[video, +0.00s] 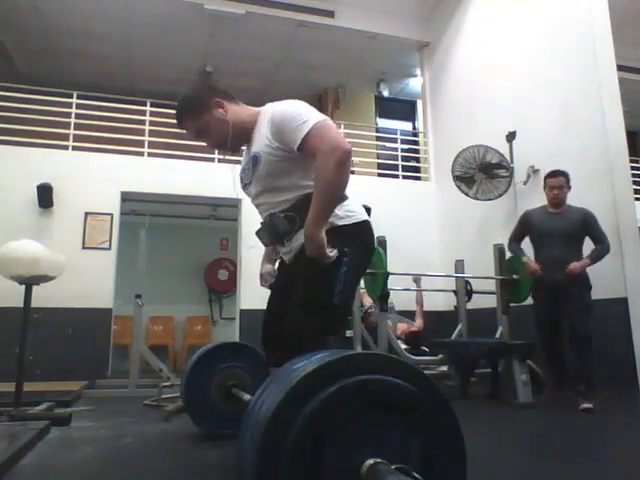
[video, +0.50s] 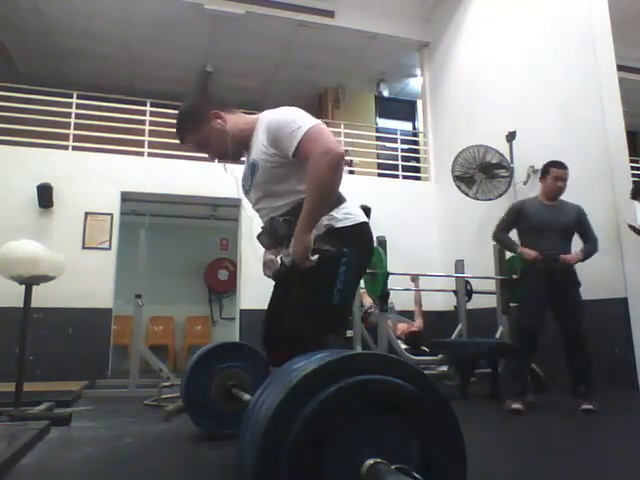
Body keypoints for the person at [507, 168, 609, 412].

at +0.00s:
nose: (555, 193)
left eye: (560, 188)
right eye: (550, 188)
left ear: (568, 189)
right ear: (544, 191)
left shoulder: (582, 216)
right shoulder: (530, 218)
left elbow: (603, 246)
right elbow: (513, 244)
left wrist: (585, 262)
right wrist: (527, 261)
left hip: (575, 287)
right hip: (544, 288)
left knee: (581, 337)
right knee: (549, 339)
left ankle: (584, 394)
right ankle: (557, 389)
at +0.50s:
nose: (560, 185)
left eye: (564, 180)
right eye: (556, 179)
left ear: (567, 183)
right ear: (543, 179)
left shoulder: (574, 212)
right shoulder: (522, 209)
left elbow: (592, 243)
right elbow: (498, 234)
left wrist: (577, 256)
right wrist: (520, 250)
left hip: (564, 280)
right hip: (533, 281)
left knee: (574, 335)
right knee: (526, 335)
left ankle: (583, 396)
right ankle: (517, 395)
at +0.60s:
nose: (556, 185)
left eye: (558, 180)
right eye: (551, 179)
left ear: (560, 183)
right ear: (536, 178)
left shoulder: (564, 212)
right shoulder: (516, 208)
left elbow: (578, 243)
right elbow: (496, 237)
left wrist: (573, 257)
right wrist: (518, 256)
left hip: (557, 281)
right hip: (525, 282)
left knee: (571, 336)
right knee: (520, 340)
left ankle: (583, 396)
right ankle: (513, 397)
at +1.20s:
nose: (550, 181)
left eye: (550, 177)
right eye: (546, 176)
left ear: (536, 179)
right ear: (529, 178)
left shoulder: (546, 208)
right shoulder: (509, 206)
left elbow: (551, 237)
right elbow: (486, 234)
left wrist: (555, 258)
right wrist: (506, 258)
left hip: (543, 278)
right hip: (517, 280)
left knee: (558, 333)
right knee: (518, 338)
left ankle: (565, 393)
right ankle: (511, 397)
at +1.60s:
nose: (572, 198)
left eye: (572, 194)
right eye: (569, 193)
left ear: (557, 195)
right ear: (553, 194)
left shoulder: (563, 227)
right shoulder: (527, 214)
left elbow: (566, 255)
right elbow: (499, 234)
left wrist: (565, 282)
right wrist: (513, 264)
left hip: (536, 286)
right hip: (510, 285)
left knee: (565, 330)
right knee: (508, 335)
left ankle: (563, 391)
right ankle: (499, 395)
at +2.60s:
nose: (513, 245)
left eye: (512, 241)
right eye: (512, 241)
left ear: (493, 241)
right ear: (506, 240)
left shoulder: (508, 266)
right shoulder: (487, 261)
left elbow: (510, 299)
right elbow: (484, 286)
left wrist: (530, 311)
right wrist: (510, 309)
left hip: (518, 320)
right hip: (495, 321)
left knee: (568, 333)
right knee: (509, 336)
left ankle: (565, 393)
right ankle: (497, 397)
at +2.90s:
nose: (514, 242)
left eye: (513, 239)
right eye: (512, 238)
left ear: (499, 240)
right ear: (503, 239)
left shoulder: (510, 268)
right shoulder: (480, 260)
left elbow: (509, 300)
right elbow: (461, 284)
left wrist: (526, 313)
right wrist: (479, 295)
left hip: (517, 317)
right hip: (494, 317)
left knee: (570, 332)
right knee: (507, 334)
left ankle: (573, 392)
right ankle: (501, 397)